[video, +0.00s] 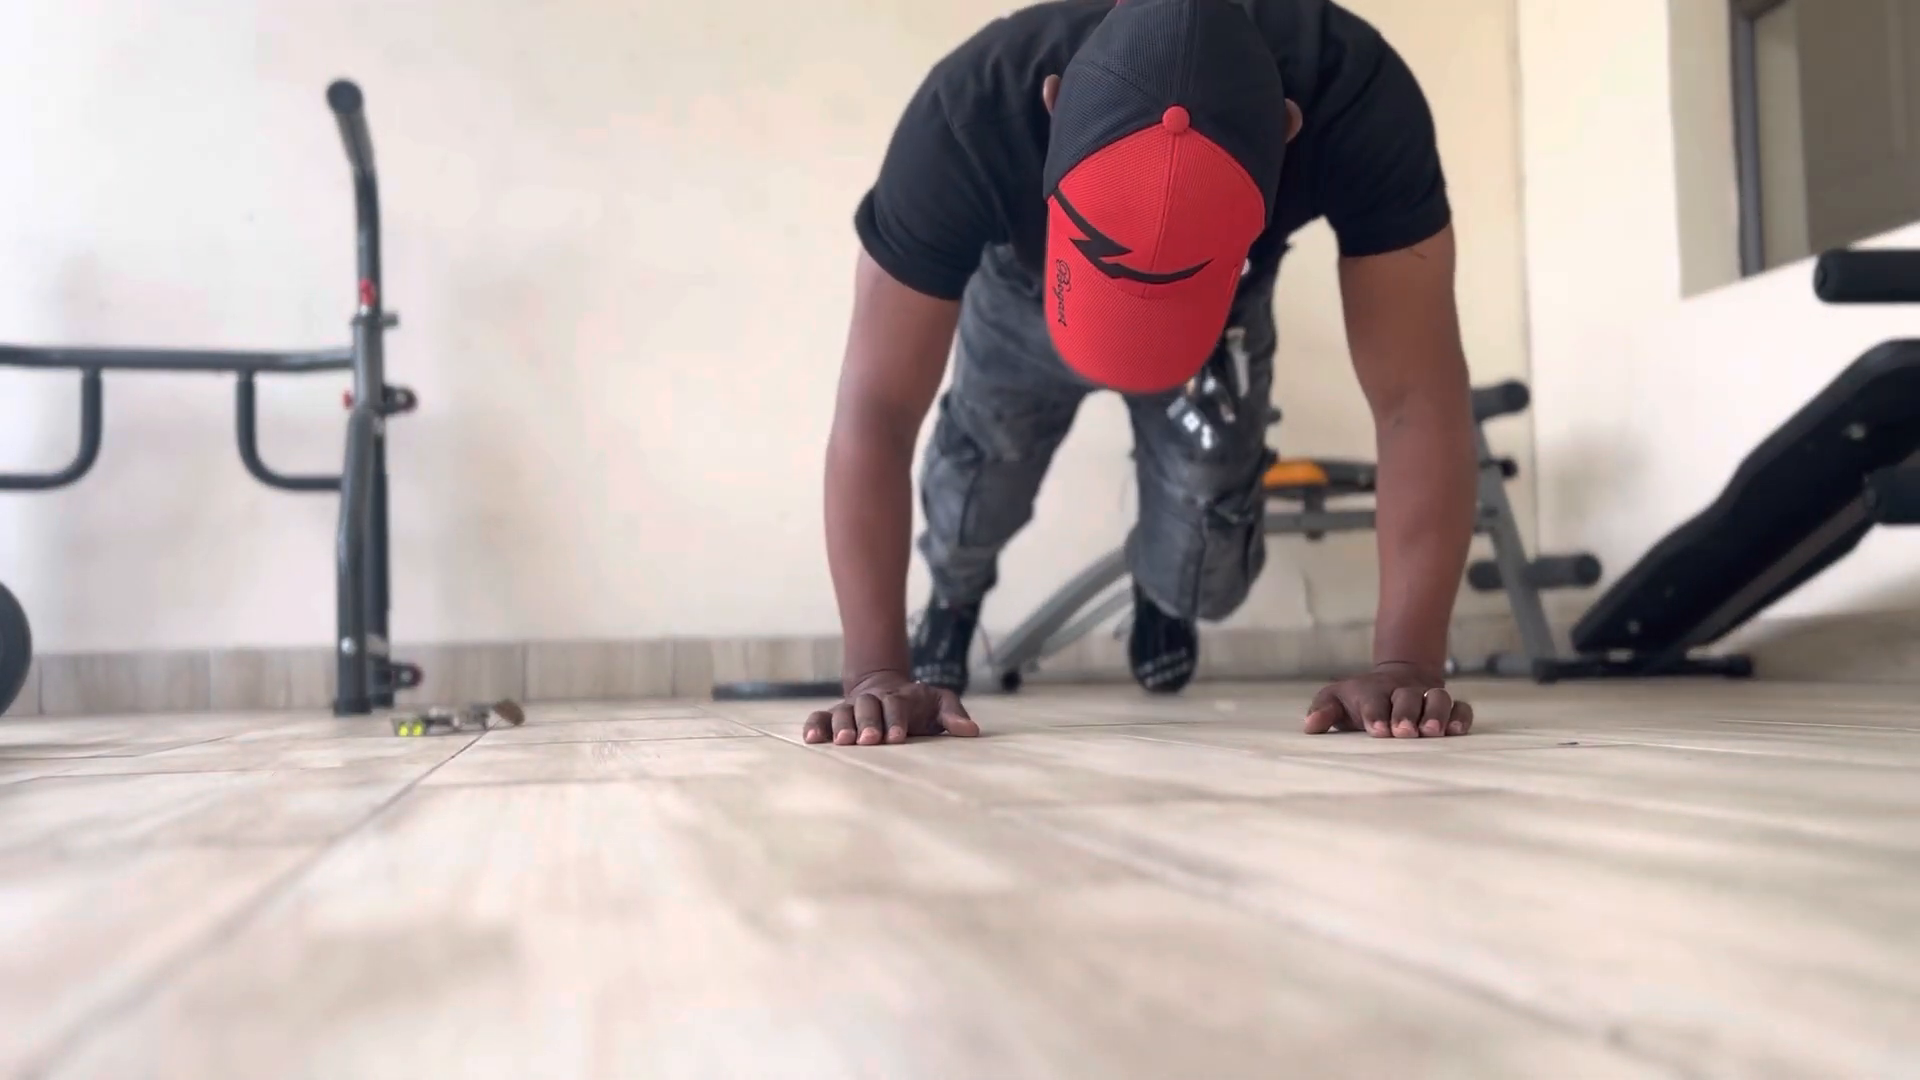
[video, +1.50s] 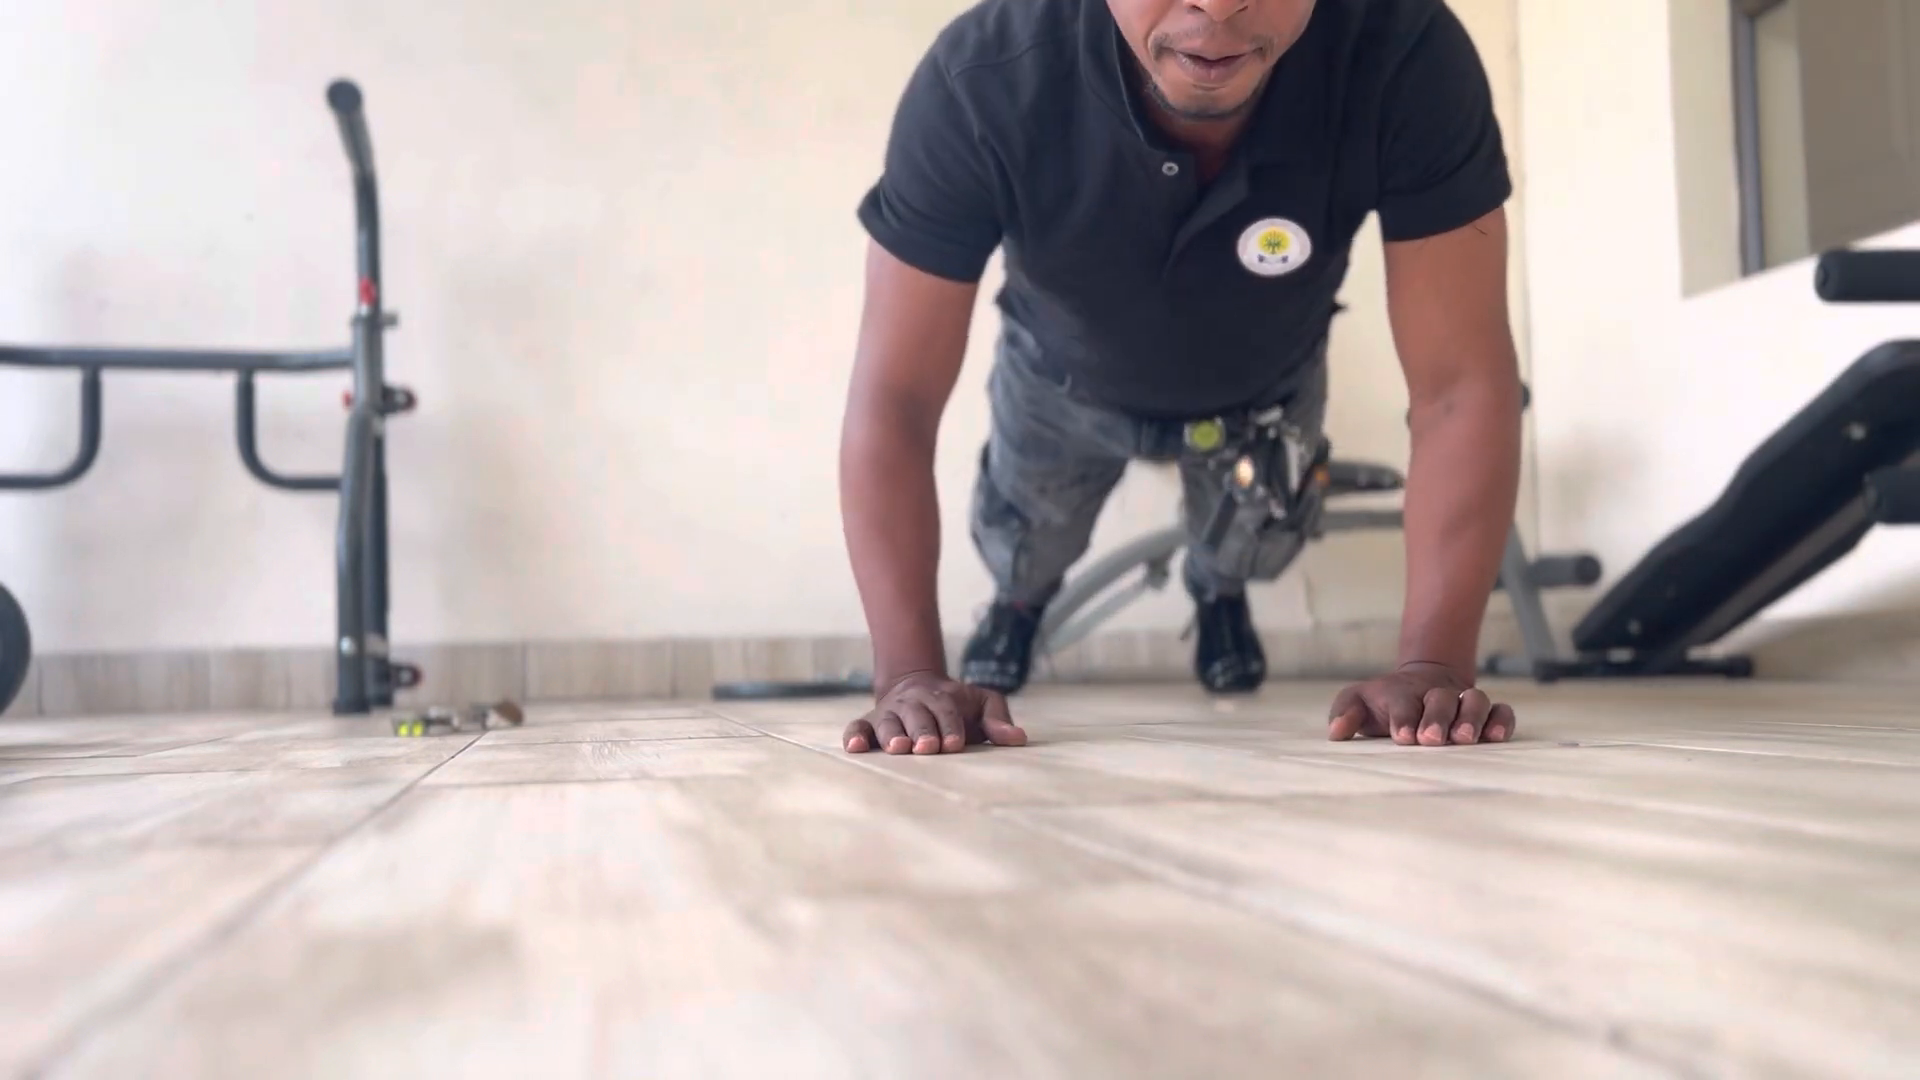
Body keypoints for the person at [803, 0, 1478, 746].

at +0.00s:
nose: (1132, 340)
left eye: (1173, 298)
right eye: (1097, 280)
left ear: (1286, 136)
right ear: (1055, 107)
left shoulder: (1369, 111)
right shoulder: (967, 121)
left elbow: (1418, 398)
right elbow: (872, 414)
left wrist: (1406, 663)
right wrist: (869, 673)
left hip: (1225, 280)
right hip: (1024, 261)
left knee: (1206, 574)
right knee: (983, 466)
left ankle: (1164, 590)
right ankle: (951, 602)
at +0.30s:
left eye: (1162, 288)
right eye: (1082, 271)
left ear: (1268, 124)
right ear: (1031, 106)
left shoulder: (1361, 103)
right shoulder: (946, 116)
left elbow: (1424, 396)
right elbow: (864, 421)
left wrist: (1408, 664)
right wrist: (869, 674)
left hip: (1235, 260)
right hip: (1028, 247)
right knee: (998, 448)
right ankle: (969, 594)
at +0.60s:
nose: (1142, 267)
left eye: (1174, 242)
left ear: (1254, 100)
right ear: (1033, 96)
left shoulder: (1339, 104)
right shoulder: (933, 115)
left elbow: (1420, 395)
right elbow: (863, 418)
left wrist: (1409, 663)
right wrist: (875, 674)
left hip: (1199, 347)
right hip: (1022, 348)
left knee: (1188, 534)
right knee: (1012, 541)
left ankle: (1159, 601)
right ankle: (1022, 605)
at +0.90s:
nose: (1115, 144)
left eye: (1152, 108)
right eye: (1076, 111)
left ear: (1207, 53)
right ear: (1008, 49)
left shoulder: (1304, 78)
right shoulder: (916, 101)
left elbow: (1413, 367)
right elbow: (868, 407)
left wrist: (1433, 642)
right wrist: (873, 673)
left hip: (1174, 328)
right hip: (997, 337)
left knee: (1183, 512)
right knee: (976, 541)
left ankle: (1166, 606)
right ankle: (1009, 599)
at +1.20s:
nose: (1164, 96)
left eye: (1206, 62)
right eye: (1122, 59)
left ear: (1276, 29)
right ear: (1065, 23)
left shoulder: (1376, 47)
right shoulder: (980, 68)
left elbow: (1441, 370)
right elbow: (876, 368)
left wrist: (1431, 667)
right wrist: (880, 626)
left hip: (1250, 329)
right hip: (1061, 311)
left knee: (1231, 515)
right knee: (1017, 487)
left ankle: (1187, 577)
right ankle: (1013, 604)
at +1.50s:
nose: (1213, 19)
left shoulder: (1403, 52)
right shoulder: (986, 74)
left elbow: (1460, 383)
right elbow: (892, 400)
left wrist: (1434, 664)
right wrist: (906, 676)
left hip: (1264, 384)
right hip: (1066, 377)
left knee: (1253, 534)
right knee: (1030, 527)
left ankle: (1222, 594)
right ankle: (1020, 607)